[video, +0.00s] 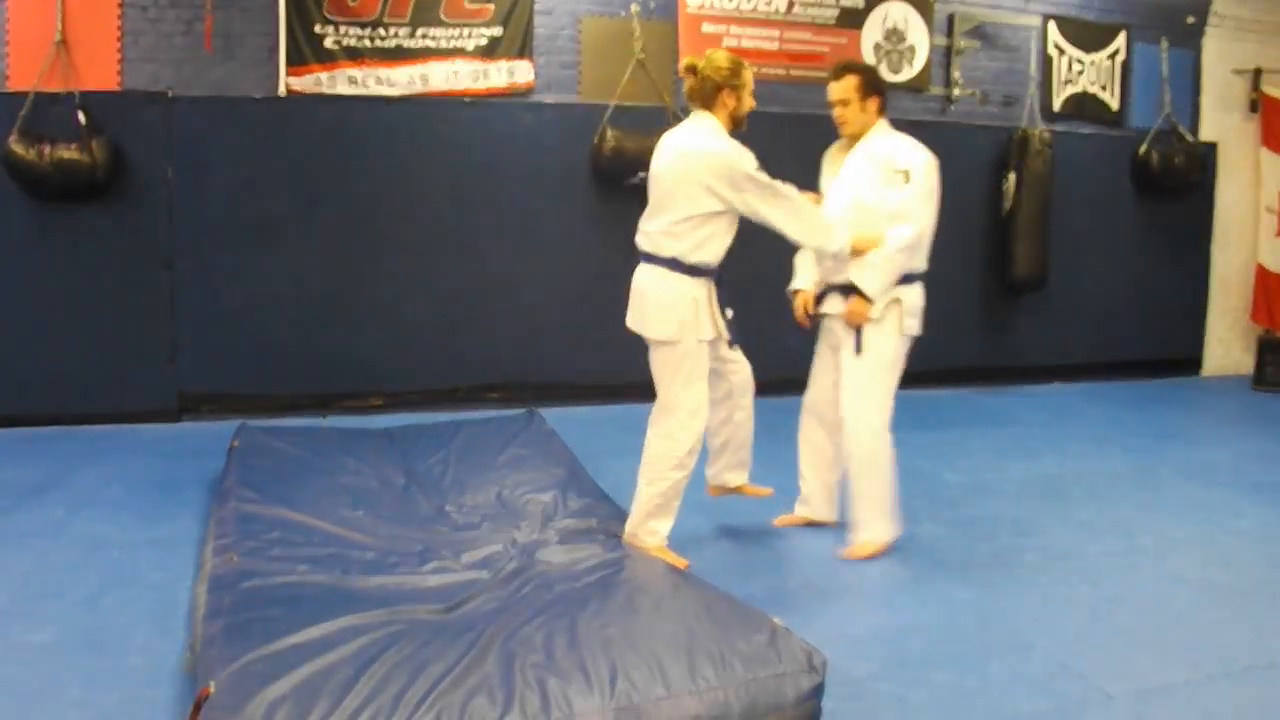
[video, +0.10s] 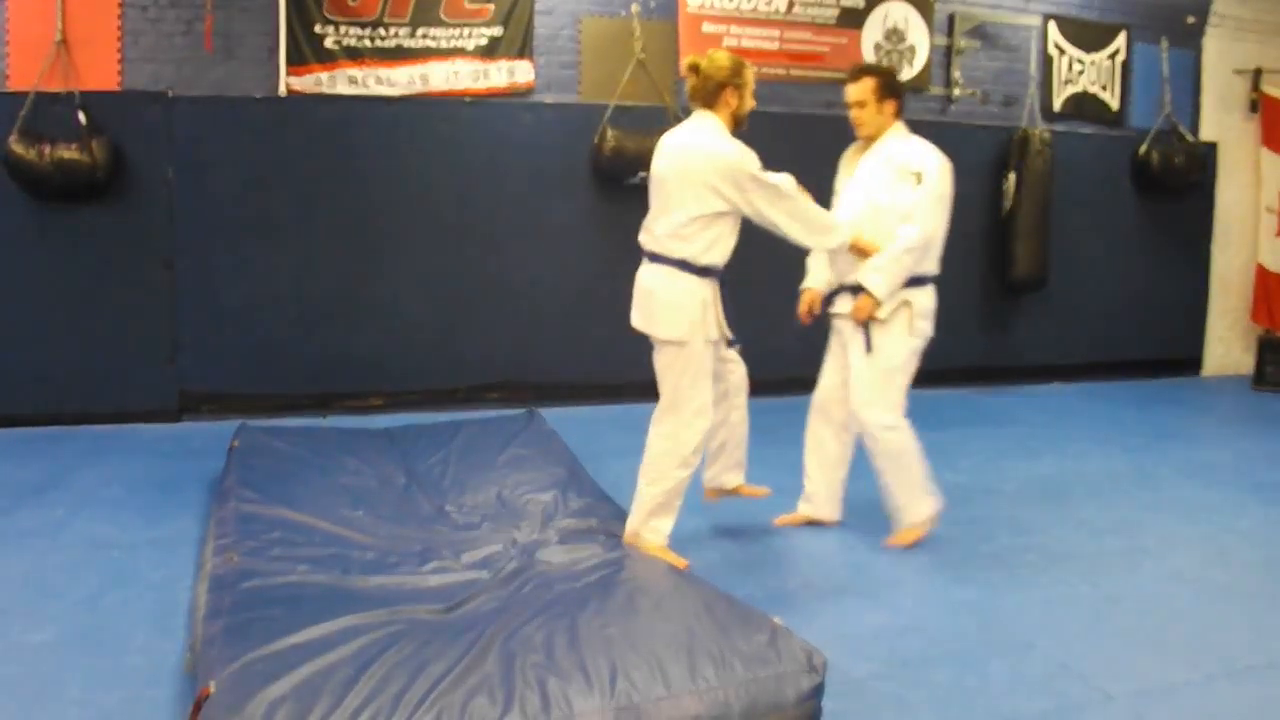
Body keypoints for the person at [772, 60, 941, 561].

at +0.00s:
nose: (835, 114)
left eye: (844, 105)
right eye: (832, 106)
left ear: (873, 103)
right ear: (834, 107)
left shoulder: (912, 158)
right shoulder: (835, 157)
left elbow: (911, 236)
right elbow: (822, 222)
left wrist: (867, 290)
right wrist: (805, 282)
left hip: (886, 302)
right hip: (836, 297)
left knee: (866, 415)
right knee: (820, 408)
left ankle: (876, 529)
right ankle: (817, 506)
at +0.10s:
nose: (852, 116)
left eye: (861, 106)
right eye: (849, 107)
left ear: (891, 106)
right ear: (850, 109)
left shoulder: (928, 162)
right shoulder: (852, 159)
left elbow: (920, 238)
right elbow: (837, 226)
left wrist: (875, 289)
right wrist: (815, 281)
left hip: (902, 301)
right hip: (850, 297)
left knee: (877, 409)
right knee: (830, 405)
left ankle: (918, 510)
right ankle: (819, 505)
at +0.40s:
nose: (932, 119)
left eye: (940, 110)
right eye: (930, 110)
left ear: (970, 113)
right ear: (937, 113)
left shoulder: (999, 173)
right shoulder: (935, 162)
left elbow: (971, 248)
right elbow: (913, 237)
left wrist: (915, 298)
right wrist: (891, 291)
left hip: (975, 304)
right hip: (928, 301)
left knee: (959, 405)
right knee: (894, 397)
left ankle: (975, 510)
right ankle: (881, 496)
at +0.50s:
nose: (957, 114)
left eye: (967, 106)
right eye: (955, 105)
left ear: (995, 110)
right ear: (956, 107)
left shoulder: (1023, 168)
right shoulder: (955, 157)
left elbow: (1006, 242)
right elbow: (938, 229)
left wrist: (956, 289)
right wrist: (925, 280)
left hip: (995, 296)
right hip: (948, 294)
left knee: (976, 400)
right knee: (923, 390)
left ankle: (979, 510)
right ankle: (950, 484)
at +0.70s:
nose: (993, 126)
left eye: (1003, 118)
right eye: (990, 117)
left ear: (1029, 123)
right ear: (985, 121)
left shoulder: (1060, 176)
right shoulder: (981, 175)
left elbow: (1074, 243)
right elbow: (961, 234)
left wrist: (1033, 292)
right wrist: (949, 288)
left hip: (1040, 304)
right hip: (993, 301)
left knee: (1008, 400)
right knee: (1009, 394)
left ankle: (980, 507)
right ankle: (1034, 474)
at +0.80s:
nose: (1007, 126)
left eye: (1017, 118)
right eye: (1003, 117)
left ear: (1042, 120)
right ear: (1000, 120)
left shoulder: (1079, 173)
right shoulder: (998, 174)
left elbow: (1085, 244)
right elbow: (978, 237)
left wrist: (1067, 303)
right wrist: (959, 294)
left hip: (1054, 297)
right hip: (1009, 296)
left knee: (1028, 397)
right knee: (1018, 394)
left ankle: (1003, 498)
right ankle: (1038, 472)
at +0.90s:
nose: (1027, 122)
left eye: (1036, 113)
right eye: (1023, 113)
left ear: (1062, 116)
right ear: (1019, 117)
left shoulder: (1099, 171)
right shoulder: (1014, 169)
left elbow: (1113, 239)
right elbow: (993, 230)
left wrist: (1083, 295)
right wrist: (980, 284)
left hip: (1070, 299)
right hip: (1023, 297)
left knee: (1057, 397)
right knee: (1022, 394)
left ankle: (1068, 492)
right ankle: (1033, 477)